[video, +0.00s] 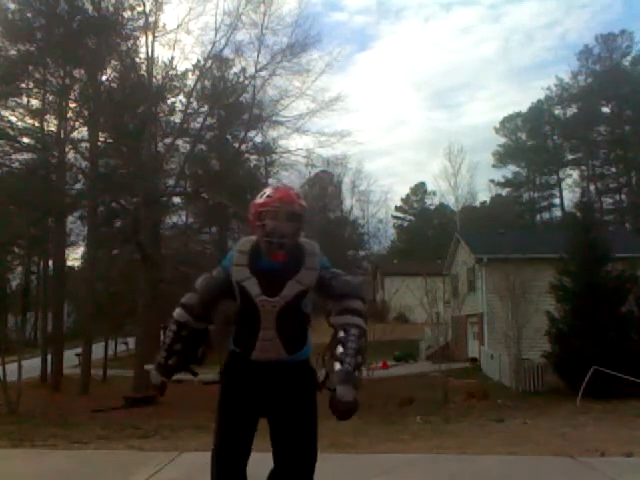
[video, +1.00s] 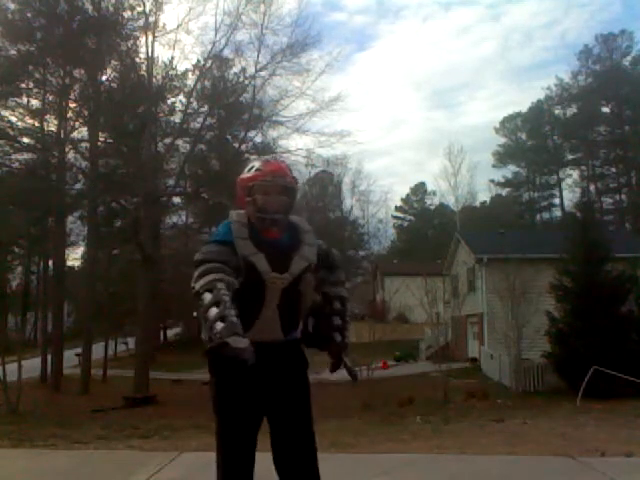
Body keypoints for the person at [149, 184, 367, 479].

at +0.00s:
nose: (283, 227)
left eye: (292, 219)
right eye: (275, 218)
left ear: (300, 225)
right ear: (259, 222)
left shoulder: (312, 261)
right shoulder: (238, 259)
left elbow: (348, 303)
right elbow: (198, 302)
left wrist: (346, 374)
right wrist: (170, 356)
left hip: (293, 375)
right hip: (242, 373)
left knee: (297, 465)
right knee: (227, 462)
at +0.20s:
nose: (277, 224)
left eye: (286, 216)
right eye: (269, 214)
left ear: (296, 222)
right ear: (253, 218)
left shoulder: (309, 261)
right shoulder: (232, 258)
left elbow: (344, 303)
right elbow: (200, 309)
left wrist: (330, 376)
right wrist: (183, 370)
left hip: (289, 374)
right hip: (237, 373)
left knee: (291, 465)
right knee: (229, 464)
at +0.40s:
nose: (275, 219)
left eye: (284, 211)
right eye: (266, 210)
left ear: (294, 218)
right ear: (251, 215)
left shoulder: (307, 254)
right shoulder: (231, 251)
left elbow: (343, 299)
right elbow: (202, 310)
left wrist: (335, 374)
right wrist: (188, 376)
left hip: (287, 371)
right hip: (236, 371)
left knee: (291, 462)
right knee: (230, 462)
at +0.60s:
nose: (273, 215)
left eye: (282, 208)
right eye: (264, 206)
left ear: (292, 214)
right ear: (249, 212)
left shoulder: (306, 251)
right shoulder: (228, 249)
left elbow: (340, 298)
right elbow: (197, 305)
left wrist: (329, 362)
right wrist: (196, 378)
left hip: (285, 370)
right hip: (234, 369)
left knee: (286, 462)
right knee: (233, 462)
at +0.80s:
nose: (271, 205)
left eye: (279, 198)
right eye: (263, 197)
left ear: (289, 203)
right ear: (248, 201)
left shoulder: (302, 244)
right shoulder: (223, 242)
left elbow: (337, 286)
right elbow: (193, 295)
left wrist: (323, 359)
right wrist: (195, 367)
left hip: (283, 365)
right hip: (232, 364)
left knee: (289, 455)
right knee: (232, 456)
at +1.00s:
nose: (275, 200)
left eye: (282, 192)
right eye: (266, 192)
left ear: (291, 198)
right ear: (249, 197)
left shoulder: (305, 238)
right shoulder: (230, 235)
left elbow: (332, 283)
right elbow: (212, 281)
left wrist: (334, 335)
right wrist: (229, 337)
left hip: (287, 357)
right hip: (238, 355)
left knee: (298, 449)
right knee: (236, 452)